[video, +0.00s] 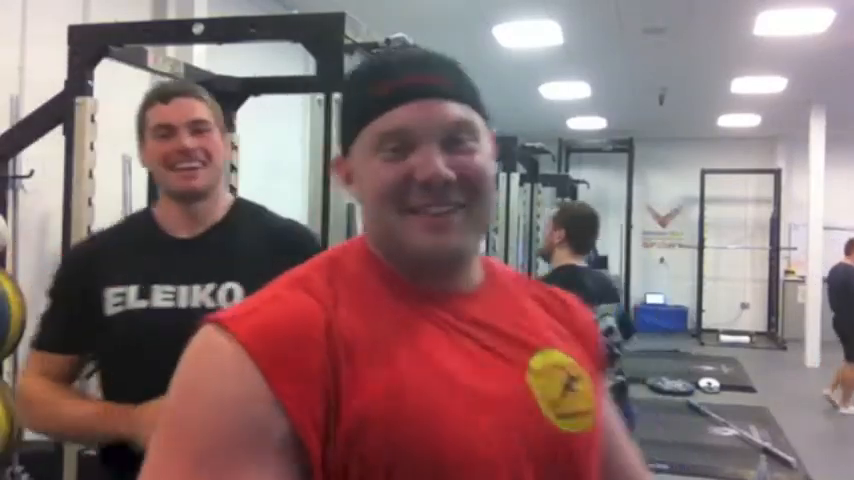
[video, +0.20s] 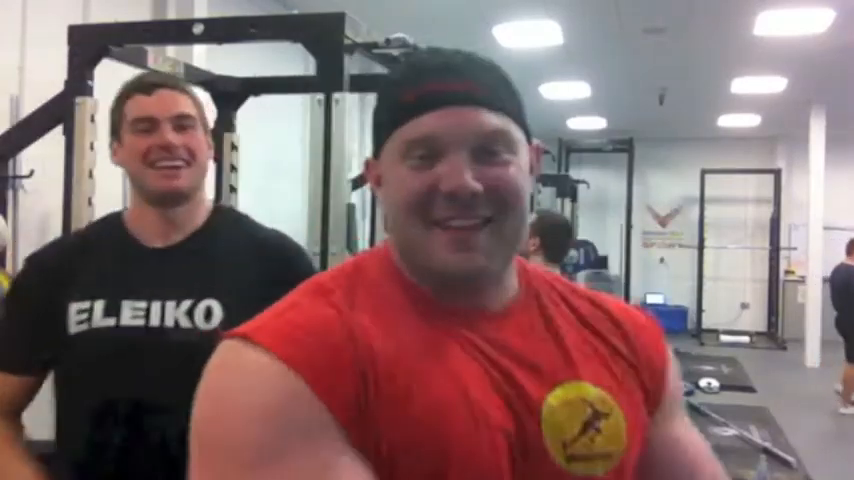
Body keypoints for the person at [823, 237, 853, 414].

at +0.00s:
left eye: (853, 251)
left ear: (846, 251)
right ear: (851, 251)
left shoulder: (835, 270)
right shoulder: (848, 272)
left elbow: (833, 302)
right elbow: (839, 302)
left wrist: (841, 314)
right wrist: (845, 317)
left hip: (839, 319)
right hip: (849, 321)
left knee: (849, 359)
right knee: (850, 361)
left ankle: (832, 389)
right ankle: (846, 403)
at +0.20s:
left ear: (847, 251)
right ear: (852, 251)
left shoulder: (838, 270)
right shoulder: (847, 272)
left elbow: (835, 301)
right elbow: (838, 301)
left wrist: (842, 313)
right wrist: (845, 315)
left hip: (842, 318)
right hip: (849, 320)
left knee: (849, 356)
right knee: (850, 361)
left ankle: (844, 384)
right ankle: (846, 401)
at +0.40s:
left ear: (847, 252)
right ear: (852, 252)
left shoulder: (841, 271)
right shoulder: (846, 272)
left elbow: (839, 301)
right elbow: (841, 301)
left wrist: (845, 313)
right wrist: (847, 314)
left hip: (845, 318)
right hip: (848, 319)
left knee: (850, 358)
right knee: (851, 360)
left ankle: (844, 387)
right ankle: (847, 400)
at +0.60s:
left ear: (849, 253)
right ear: (852, 253)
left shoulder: (843, 272)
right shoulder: (846, 272)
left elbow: (841, 302)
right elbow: (843, 303)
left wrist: (847, 312)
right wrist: (848, 313)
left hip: (847, 318)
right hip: (849, 319)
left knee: (851, 359)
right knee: (851, 361)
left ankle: (845, 387)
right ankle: (847, 399)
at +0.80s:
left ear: (849, 253)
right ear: (853, 253)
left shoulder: (842, 271)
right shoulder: (846, 272)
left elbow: (841, 303)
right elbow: (843, 303)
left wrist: (847, 312)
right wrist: (848, 313)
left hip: (847, 318)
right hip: (849, 319)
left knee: (851, 359)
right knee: (852, 361)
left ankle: (845, 387)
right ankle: (847, 400)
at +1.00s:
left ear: (847, 252)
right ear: (853, 253)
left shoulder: (840, 270)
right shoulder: (846, 271)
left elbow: (839, 301)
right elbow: (841, 302)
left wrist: (843, 314)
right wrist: (845, 316)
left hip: (844, 319)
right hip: (849, 320)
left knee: (850, 358)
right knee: (851, 361)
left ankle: (844, 385)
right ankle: (847, 400)